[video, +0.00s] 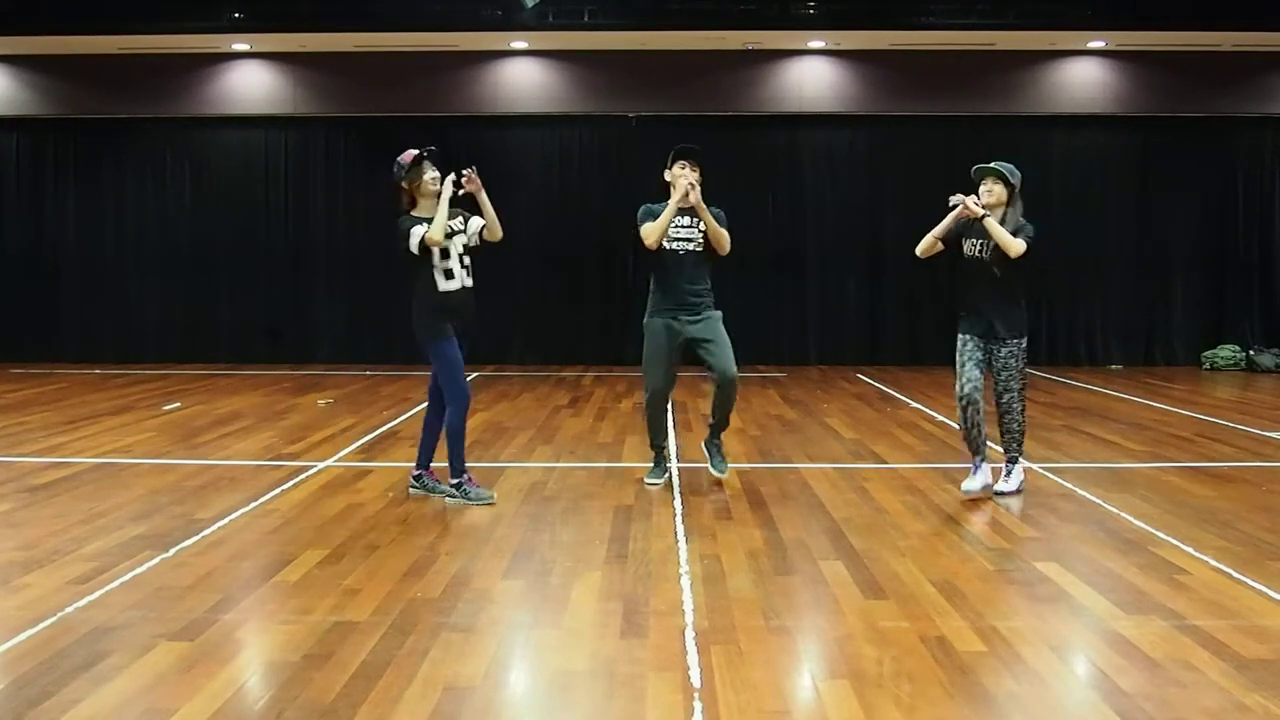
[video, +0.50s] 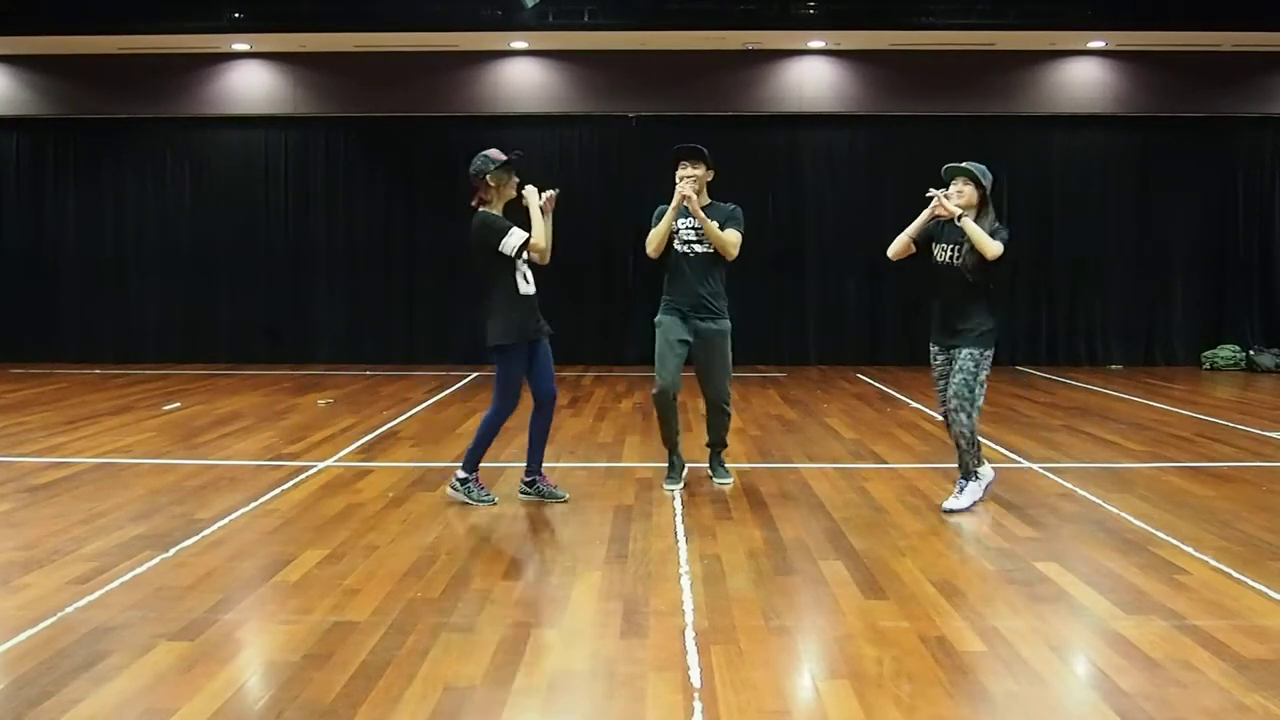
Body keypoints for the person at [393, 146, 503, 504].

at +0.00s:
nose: (435, 175)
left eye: (435, 170)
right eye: (426, 174)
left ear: (440, 180)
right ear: (410, 187)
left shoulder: (456, 216)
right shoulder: (408, 224)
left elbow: (494, 233)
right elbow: (436, 239)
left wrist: (480, 193)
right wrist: (444, 199)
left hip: (460, 317)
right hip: (433, 320)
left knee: (439, 397)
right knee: (459, 394)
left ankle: (421, 473)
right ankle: (458, 479)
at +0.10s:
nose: (450, 184)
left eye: (449, 178)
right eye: (442, 181)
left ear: (449, 182)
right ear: (425, 189)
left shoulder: (461, 219)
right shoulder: (420, 228)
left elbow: (495, 249)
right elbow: (453, 246)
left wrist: (492, 206)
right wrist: (461, 205)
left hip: (469, 315)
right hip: (447, 317)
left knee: (457, 397)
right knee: (469, 395)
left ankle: (425, 470)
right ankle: (460, 480)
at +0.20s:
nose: (463, 178)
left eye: (461, 172)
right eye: (454, 173)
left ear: (457, 179)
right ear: (438, 183)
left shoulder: (468, 220)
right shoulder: (436, 225)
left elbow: (508, 247)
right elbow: (479, 236)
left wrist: (507, 205)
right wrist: (477, 198)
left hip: (490, 317)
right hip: (465, 320)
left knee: (495, 398)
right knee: (473, 400)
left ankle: (444, 456)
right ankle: (459, 480)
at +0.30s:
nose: (478, 172)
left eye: (474, 167)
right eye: (469, 168)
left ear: (465, 179)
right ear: (453, 180)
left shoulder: (480, 221)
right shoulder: (456, 220)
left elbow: (525, 239)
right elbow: (503, 229)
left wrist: (519, 198)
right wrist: (497, 193)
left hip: (501, 318)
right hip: (477, 321)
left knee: (522, 395)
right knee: (478, 401)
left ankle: (482, 461)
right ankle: (459, 481)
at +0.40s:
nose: (494, 172)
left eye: (491, 167)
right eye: (486, 168)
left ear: (477, 179)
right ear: (471, 179)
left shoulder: (491, 216)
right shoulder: (474, 217)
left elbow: (534, 240)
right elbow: (528, 234)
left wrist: (531, 201)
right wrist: (517, 195)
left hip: (514, 319)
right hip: (490, 322)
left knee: (538, 394)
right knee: (479, 402)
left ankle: (524, 475)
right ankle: (460, 480)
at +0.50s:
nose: (515, 180)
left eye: (513, 173)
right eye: (508, 175)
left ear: (495, 182)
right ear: (489, 182)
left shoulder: (503, 220)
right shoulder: (486, 222)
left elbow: (541, 255)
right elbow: (539, 250)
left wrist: (545, 215)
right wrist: (534, 208)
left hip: (531, 321)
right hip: (508, 323)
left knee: (546, 395)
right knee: (505, 403)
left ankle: (533, 477)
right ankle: (465, 476)